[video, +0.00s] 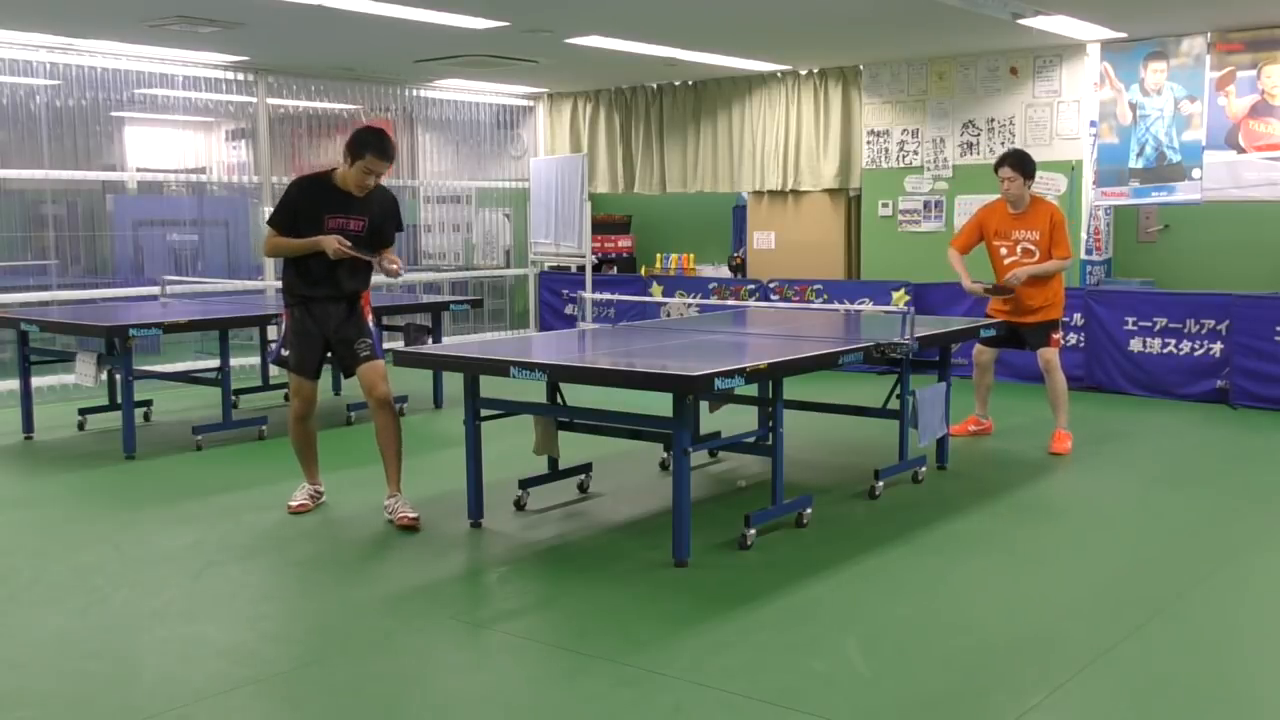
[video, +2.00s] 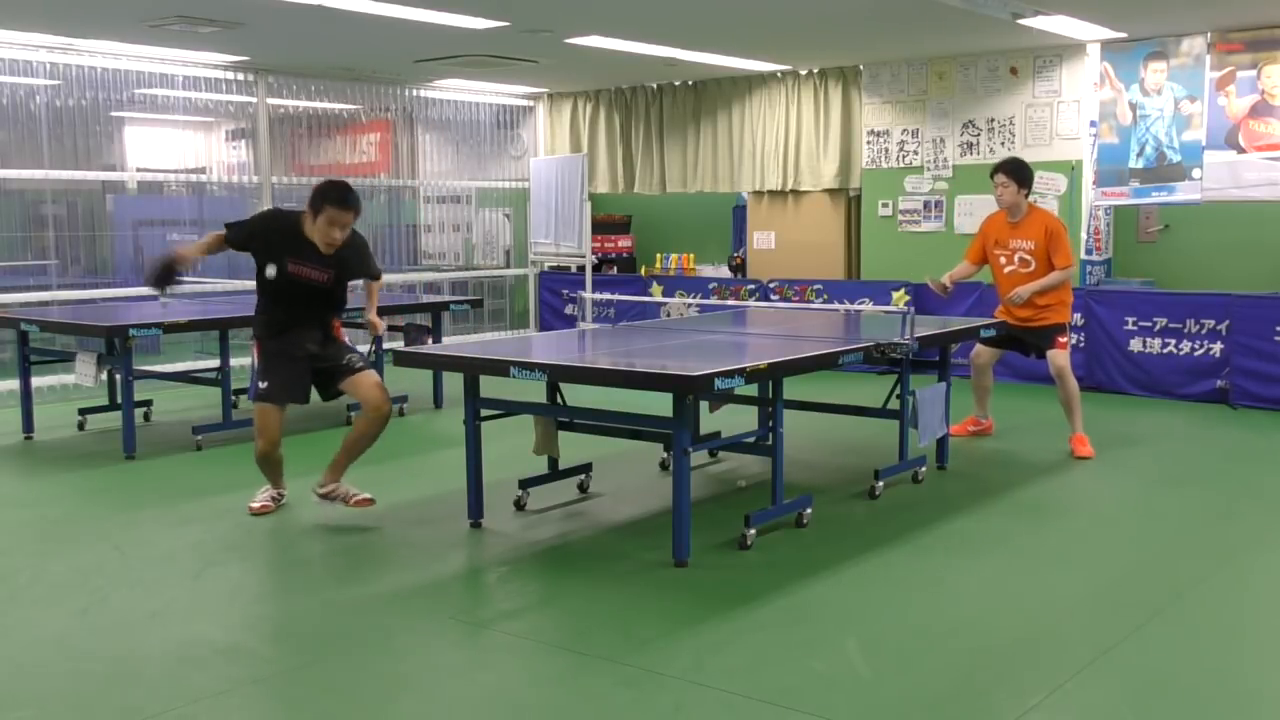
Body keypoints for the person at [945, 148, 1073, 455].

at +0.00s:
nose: (1005, 186)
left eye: (1011, 180)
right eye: (1001, 180)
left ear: (1028, 181)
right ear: (998, 180)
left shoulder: (1050, 213)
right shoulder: (989, 214)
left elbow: (1064, 260)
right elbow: (954, 249)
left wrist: (1026, 271)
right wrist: (966, 281)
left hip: (1044, 306)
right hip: (1003, 305)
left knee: (1048, 360)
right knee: (981, 356)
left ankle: (1062, 429)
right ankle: (981, 418)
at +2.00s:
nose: (998, 191)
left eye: (1004, 185)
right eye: (995, 186)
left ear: (1023, 189)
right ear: (994, 189)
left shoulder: (1049, 224)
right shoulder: (991, 224)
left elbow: (1066, 271)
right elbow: (974, 262)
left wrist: (1031, 288)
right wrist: (950, 277)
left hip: (1050, 313)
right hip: (1009, 313)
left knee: (1060, 368)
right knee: (979, 359)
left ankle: (1078, 434)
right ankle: (981, 419)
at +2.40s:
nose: (989, 209)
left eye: (995, 203)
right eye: (987, 203)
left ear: (1015, 204)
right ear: (986, 203)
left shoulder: (1043, 235)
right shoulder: (983, 237)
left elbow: (1057, 284)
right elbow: (955, 267)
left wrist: (1021, 289)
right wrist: (948, 286)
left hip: (1041, 320)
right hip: (998, 319)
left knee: (1055, 373)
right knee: (958, 362)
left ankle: (1076, 434)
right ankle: (947, 427)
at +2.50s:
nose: (977, 211)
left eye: (982, 205)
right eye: (975, 205)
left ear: (1003, 206)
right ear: (973, 206)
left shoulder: (1029, 234)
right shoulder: (970, 238)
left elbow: (1050, 280)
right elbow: (926, 255)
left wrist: (1016, 292)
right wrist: (927, 276)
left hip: (1035, 322)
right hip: (993, 321)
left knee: (1051, 374)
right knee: (953, 361)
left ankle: (1076, 433)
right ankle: (947, 427)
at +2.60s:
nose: (966, 205)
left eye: (972, 200)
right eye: (965, 200)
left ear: (992, 202)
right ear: (965, 201)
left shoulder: (1019, 231)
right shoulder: (959, 235)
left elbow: (1044, 273)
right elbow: (921, 247)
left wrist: (1013, 289)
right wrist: (906, 242)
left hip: (1033, 319)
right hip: (991, 319)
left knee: (1049, 370)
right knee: (952, 359)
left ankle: (1076, 433)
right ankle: (948, 428)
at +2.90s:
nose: (989, 193)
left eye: (996, 187)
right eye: (987, 188)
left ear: (1015, 191)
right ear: (986, 191)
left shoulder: (1039, 224)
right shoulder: (981, 230)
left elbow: (1065, 262)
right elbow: (949, 261)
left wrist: (1036, 273)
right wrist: (926, 252)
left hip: (1042, 318)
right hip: (1000, 318)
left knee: (1055, 375)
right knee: (968, 360)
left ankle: (1076, 423)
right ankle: (949, 425)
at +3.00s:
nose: (1001, 184)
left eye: (1008, 178)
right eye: (999, 179)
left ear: (1027, 181)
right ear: (999, 182)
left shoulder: (1052, 216)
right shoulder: (999, 220)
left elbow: (1076, 256)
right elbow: (975, 256)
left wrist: (1046, 271)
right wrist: (945, 261)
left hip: (1053, 312)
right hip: (1015, 311)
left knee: (1058, 368)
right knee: (988, 355)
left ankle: (1075, 424)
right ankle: (957, 417)